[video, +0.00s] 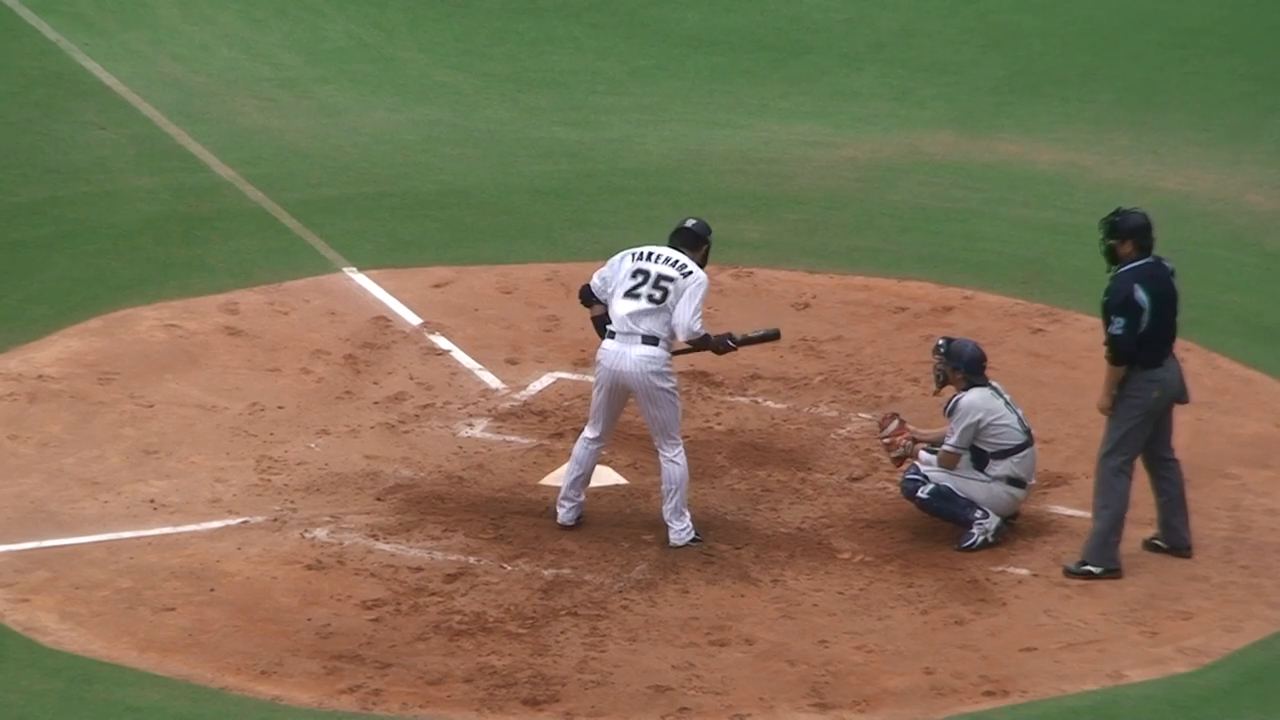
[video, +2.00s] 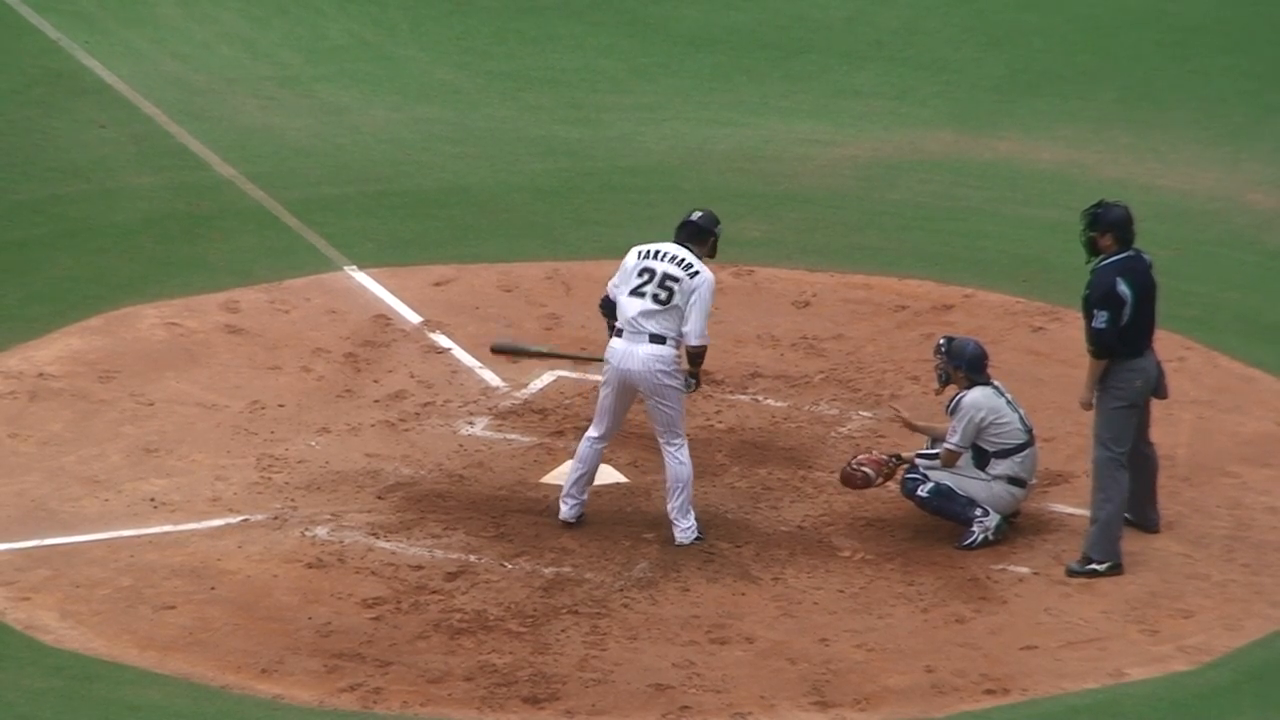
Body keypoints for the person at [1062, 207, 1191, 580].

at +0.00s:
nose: (1109, 246)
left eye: (1114, 241)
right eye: (1111, 240)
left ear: (1128, 244)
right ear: (1142, 242)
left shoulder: (1124, 284)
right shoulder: (1161, 270)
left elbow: (1119, 350)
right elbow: (1163, 329)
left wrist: (1108, 392)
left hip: (1140, 382)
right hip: (1166, 374)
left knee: (1113, 463)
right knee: (1160, 457)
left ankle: (1101, 557)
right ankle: (1176, 537)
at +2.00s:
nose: (1090, 237)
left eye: (1094, 232)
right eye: (1092, 230)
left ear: (1107, 238)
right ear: (1122, 235)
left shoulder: (1106, 277)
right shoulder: (1140, 262)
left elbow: (1102, 344)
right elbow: (1142, 321)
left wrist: (1088, 387)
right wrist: (1139, 359)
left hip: (1120, 373)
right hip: (1143, 364)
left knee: (1109, 458)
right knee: (1136, 444)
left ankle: (1102, 553)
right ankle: (1144, 511)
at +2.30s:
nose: (1092, 237)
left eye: (1097, 232)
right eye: (1095, 230)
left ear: (1110, 237)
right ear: (1125, 235)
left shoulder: (1108, 276)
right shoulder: (1142, 262)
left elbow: (1105, 344)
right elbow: (1145, 322)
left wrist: (1094, 388)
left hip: (1124, 373)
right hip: (1147, 364)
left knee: (1109, 458)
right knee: (1139, 443)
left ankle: (1102, 553)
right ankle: (1144, 512)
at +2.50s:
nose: (1093, 236)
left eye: (1098, 232)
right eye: (1096, 230)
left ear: (1110, 237)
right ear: (1126, 234)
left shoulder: (1109, 276)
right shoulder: (1143, 261)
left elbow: (1106, 343)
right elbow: (1145, 321)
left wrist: (1095, 388)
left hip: (1124, 372)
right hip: (1147, 363)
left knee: (1108, 457)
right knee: (1139, 443)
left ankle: (1103, 553)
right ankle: (1145, 512)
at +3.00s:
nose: (1092, 238)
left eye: (1096, 234)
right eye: (1094, 232)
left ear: (1107, 239)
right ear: (1125, 235)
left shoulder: (1106, 279)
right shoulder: (1142, 264)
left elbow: (1101, 346)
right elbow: (1142, 321)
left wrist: (1091, 388)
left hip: (1120, 374)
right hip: (1144, 365)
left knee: (1108, 458)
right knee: (1137, 443)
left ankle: (1103, 554)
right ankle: (1146, 512)